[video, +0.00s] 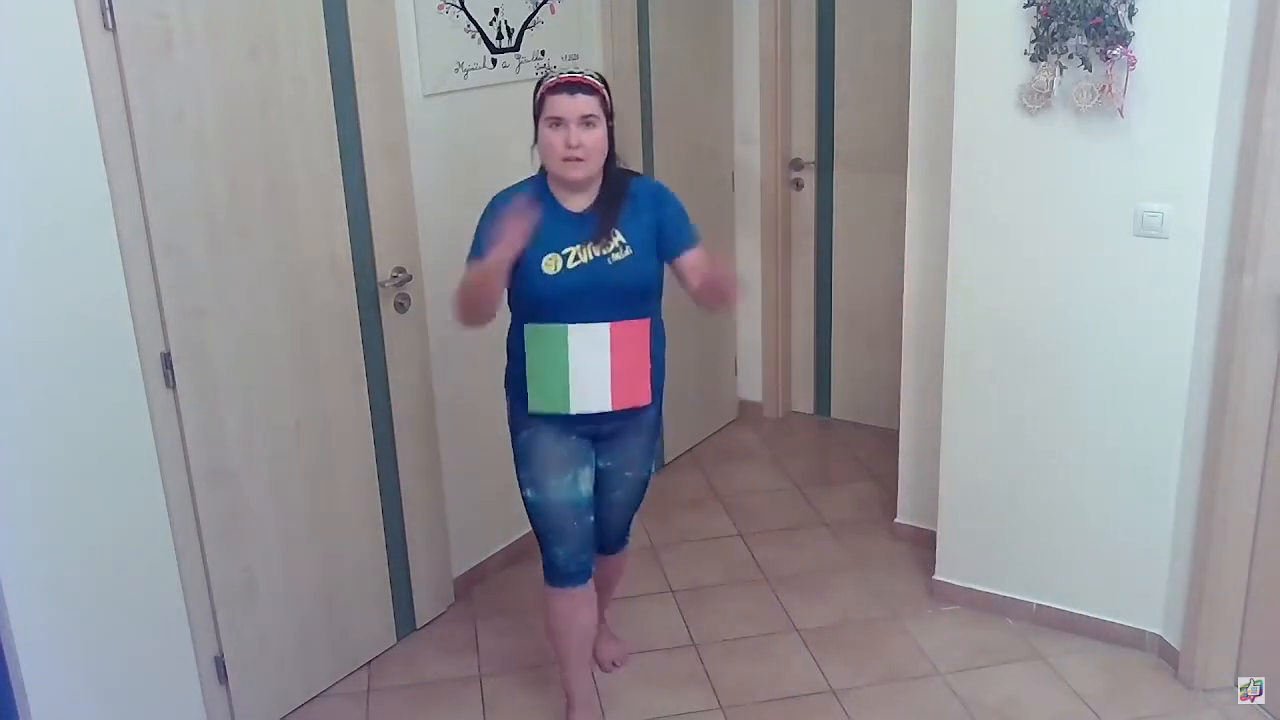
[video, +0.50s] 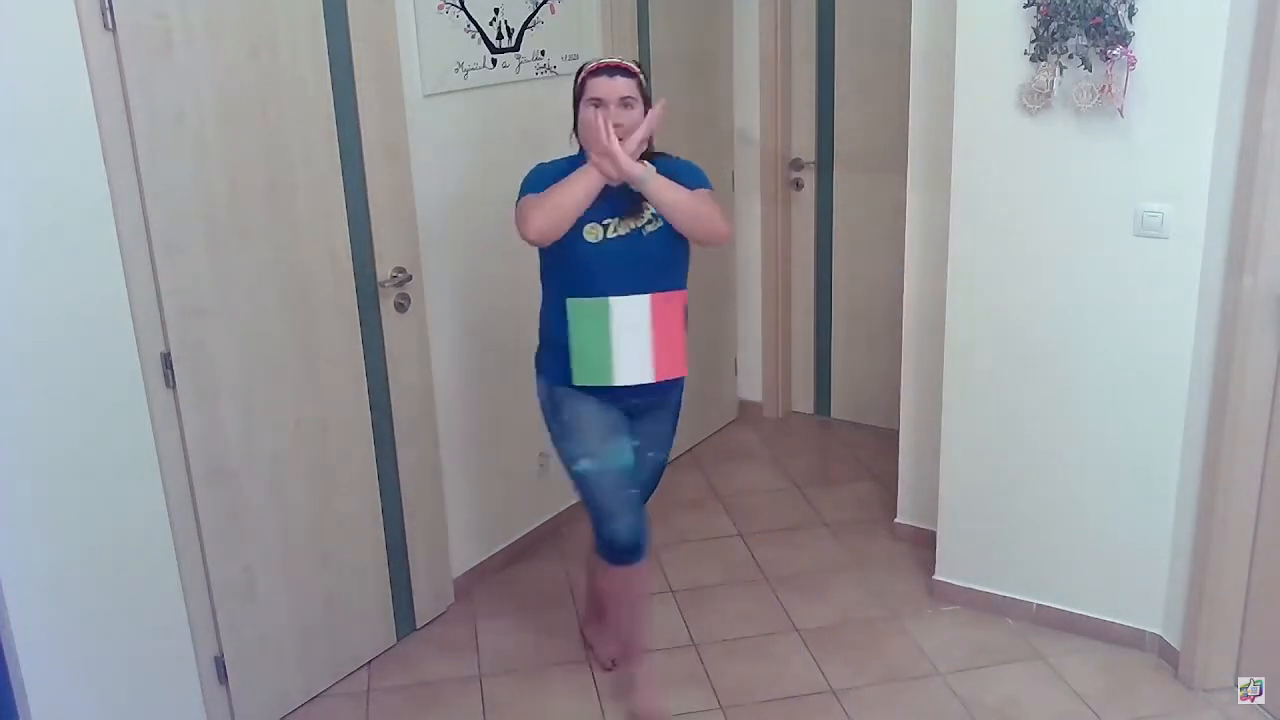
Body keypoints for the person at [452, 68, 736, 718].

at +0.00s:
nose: (574, 138)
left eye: (588, 123)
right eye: (557, 124)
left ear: (609, 133)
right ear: (536, 135)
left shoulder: (649, 201)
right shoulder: (513, 208)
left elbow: (711, 293)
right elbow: (471, 312)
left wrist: (716, 283)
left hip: (632, 409)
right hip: (546, 413)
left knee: (612, 538)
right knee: (568, 561)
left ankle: (601, 618)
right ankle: (580, 702)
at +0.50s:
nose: (611, 117)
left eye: (625, 105)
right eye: (596, 106)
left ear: (647, 114)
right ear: (577, 116)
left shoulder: (676, 173)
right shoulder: (552, 177)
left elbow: (715, 229)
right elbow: (536, 227)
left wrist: (634, 171)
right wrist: (606, 163)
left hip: (658, 382)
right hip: (575, 383)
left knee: (621, 521)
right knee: (625, 532)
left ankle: (598, 616)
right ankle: (635, 670)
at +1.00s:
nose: (707, 104)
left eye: (720, 93)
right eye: (690, 93)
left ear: (740, 106)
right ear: (667, 108)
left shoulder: (770, 166)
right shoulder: (641, 175)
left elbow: (812, 211)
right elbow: (623, 221)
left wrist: (729, 154)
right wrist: (701, 153)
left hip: (763, 393)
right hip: (672, 400)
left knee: (787, 541)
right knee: (703, 549)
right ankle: (710, 676)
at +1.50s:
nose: (855, 131)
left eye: (870, 118)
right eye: (838, 117)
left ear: (893, 135)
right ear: (814, 132)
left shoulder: (918, 209)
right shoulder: (786, 193)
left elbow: (997, 237)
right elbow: (780, 240)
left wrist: (903, 181)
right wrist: (867, 179)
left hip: (905, 431)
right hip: (814, 429)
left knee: (860, 604)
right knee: (813, 585)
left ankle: (847, 711)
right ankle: (897, 646)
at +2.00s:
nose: (980, 110)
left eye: (998, 97)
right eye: (965, 94)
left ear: (1019, 112)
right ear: (938, 105)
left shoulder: (1051, 173)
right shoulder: (900, 175)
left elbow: (1156, 228)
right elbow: (873, 244)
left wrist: (1092, 241)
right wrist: (981, 193)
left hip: (1029, 413)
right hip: (930, 412)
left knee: (1028, 575)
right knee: (941, 563)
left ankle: (1038, 680)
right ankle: (944, 669)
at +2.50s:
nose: (1092, 166)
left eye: (1110, 148)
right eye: (1072, 149)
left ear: (1138, 151)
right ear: (1044, 154)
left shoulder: (1184, 226)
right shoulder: (1001, 231)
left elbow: (1224, 335)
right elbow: (941, 339)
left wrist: (1272, 410)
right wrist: (893, 436)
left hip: (1119, 446)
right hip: (1016, 444)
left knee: (1069, 604)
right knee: (1056, 614)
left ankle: (1036, 693)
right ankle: (1065, 715)